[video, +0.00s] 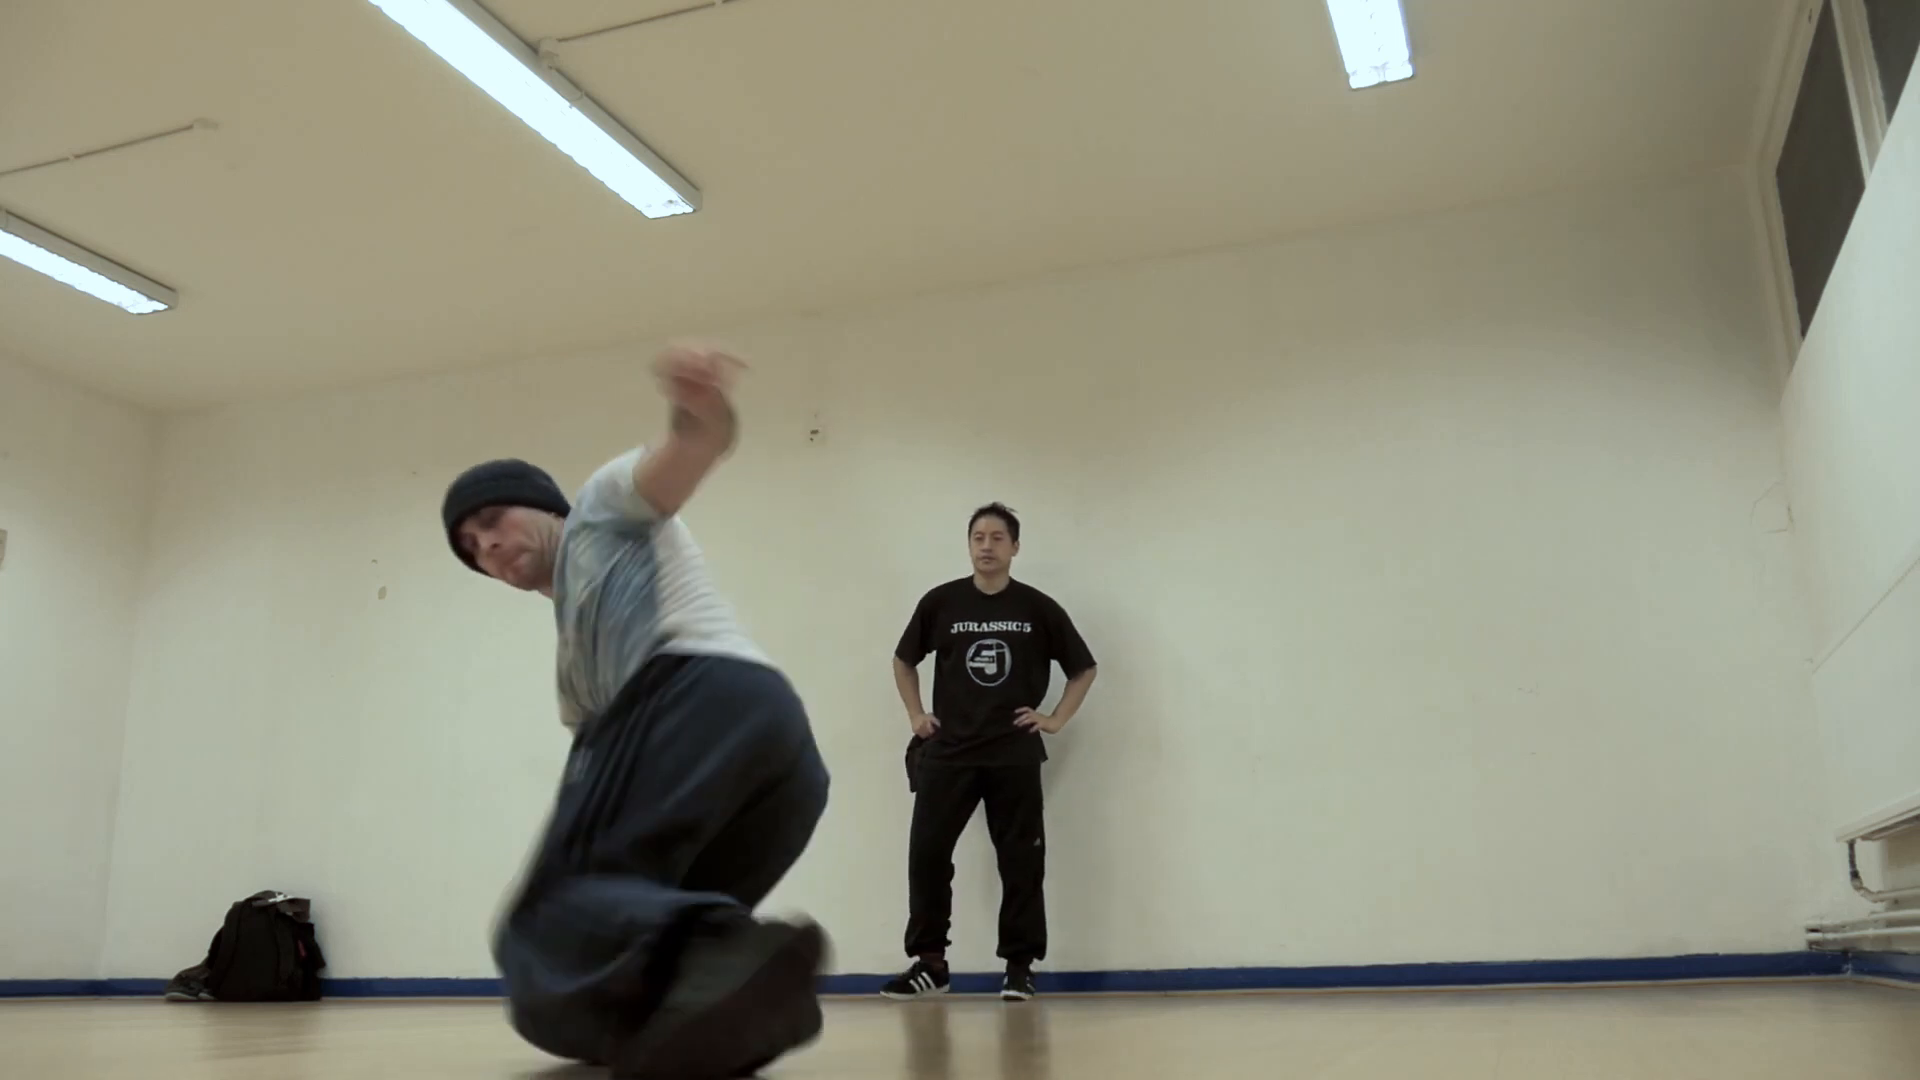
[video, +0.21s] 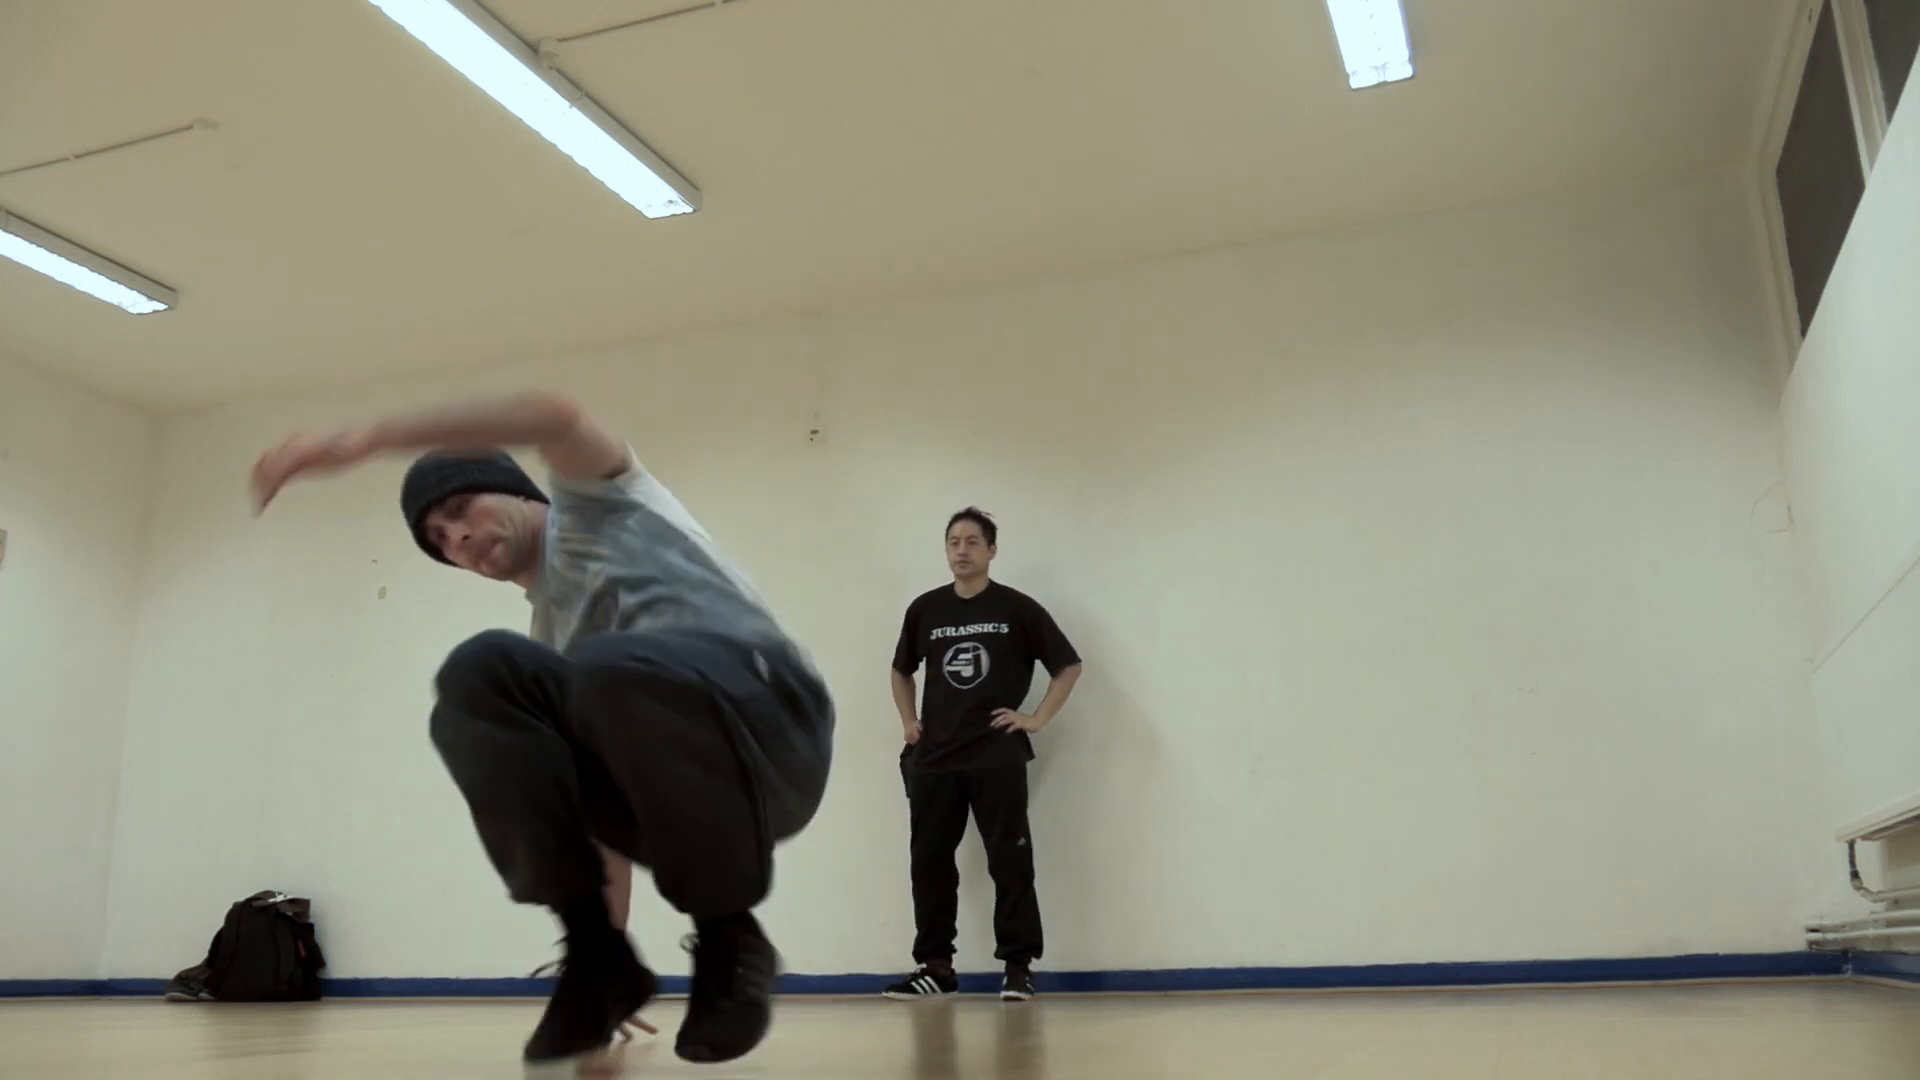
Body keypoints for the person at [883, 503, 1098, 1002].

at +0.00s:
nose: (987, 545)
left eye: (997, 538)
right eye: (979, 537)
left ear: (1014, 547)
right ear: (969, 546)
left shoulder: (1039, 609)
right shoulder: (939, 604)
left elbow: (1083, 668)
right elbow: (904, 660)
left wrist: (1057, 719)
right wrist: (917, 715)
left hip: (1013, 752)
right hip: (948, 751)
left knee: (1021, 859)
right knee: (926, 854)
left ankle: (1019, 968)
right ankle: (929, 964)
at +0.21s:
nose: (962, 550)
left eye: (972, 542)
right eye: (955, 542)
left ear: (991, 550)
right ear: (945, 551)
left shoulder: (1018, 608)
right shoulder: (924, 610)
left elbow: (1068, 665)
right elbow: (902, 669)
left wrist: (1038, 718)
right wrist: (910, 723)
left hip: (996, 753)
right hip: (934, 755)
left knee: (1009, 859)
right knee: (929, 861)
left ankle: (1017, 970)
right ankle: (937, 970)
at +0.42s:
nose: (924, 554)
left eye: (935, 546)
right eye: (917, 547)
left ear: (956, 554)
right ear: (910, 557)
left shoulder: (982, 608)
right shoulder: (903, 618)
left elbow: (1033, 662)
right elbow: (892, 678)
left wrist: (1004, 722)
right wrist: (894, 724)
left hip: (965, 756)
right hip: (910, 759)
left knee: (985, 858)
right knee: (913, 866)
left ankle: (1015, 968)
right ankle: (933, 969)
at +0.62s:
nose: (896, 558)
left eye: (906, 550)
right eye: (889, 551)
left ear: (928, 557)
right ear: (884, 561)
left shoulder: (953, 608)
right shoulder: (883, 622)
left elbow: (1005, 661)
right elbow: (878, 687)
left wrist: (979, 723)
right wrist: (876, 730)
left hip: (944, 753)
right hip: (891, 759)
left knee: (951, 853)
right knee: (903, 866)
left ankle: (988, 962)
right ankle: (932, 969)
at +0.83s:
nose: (876, 559)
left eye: (885, 551)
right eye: (868, 553)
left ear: (906, 558)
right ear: (862, 563)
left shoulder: (936, 605)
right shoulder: (861, 626)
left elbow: (992, 655)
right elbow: (856, 688)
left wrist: (970, 718)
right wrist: (866, 734)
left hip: (932, 750)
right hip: (881, 758)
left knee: (913, 855)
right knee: (893, 866)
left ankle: (911, 970)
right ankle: (935, 967)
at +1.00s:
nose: (863, 560)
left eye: (872, 551)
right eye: (855, 553)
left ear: (893, 557)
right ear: (848, 563)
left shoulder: (924, 606)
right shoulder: (847, 626)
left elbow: (979, 657)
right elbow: (841, 687)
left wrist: (955, 722)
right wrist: (854, 734)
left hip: (920, 750)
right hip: (870, 758)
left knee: (897, 855)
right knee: (884, 861)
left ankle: (923, 966)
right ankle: (930, 964)